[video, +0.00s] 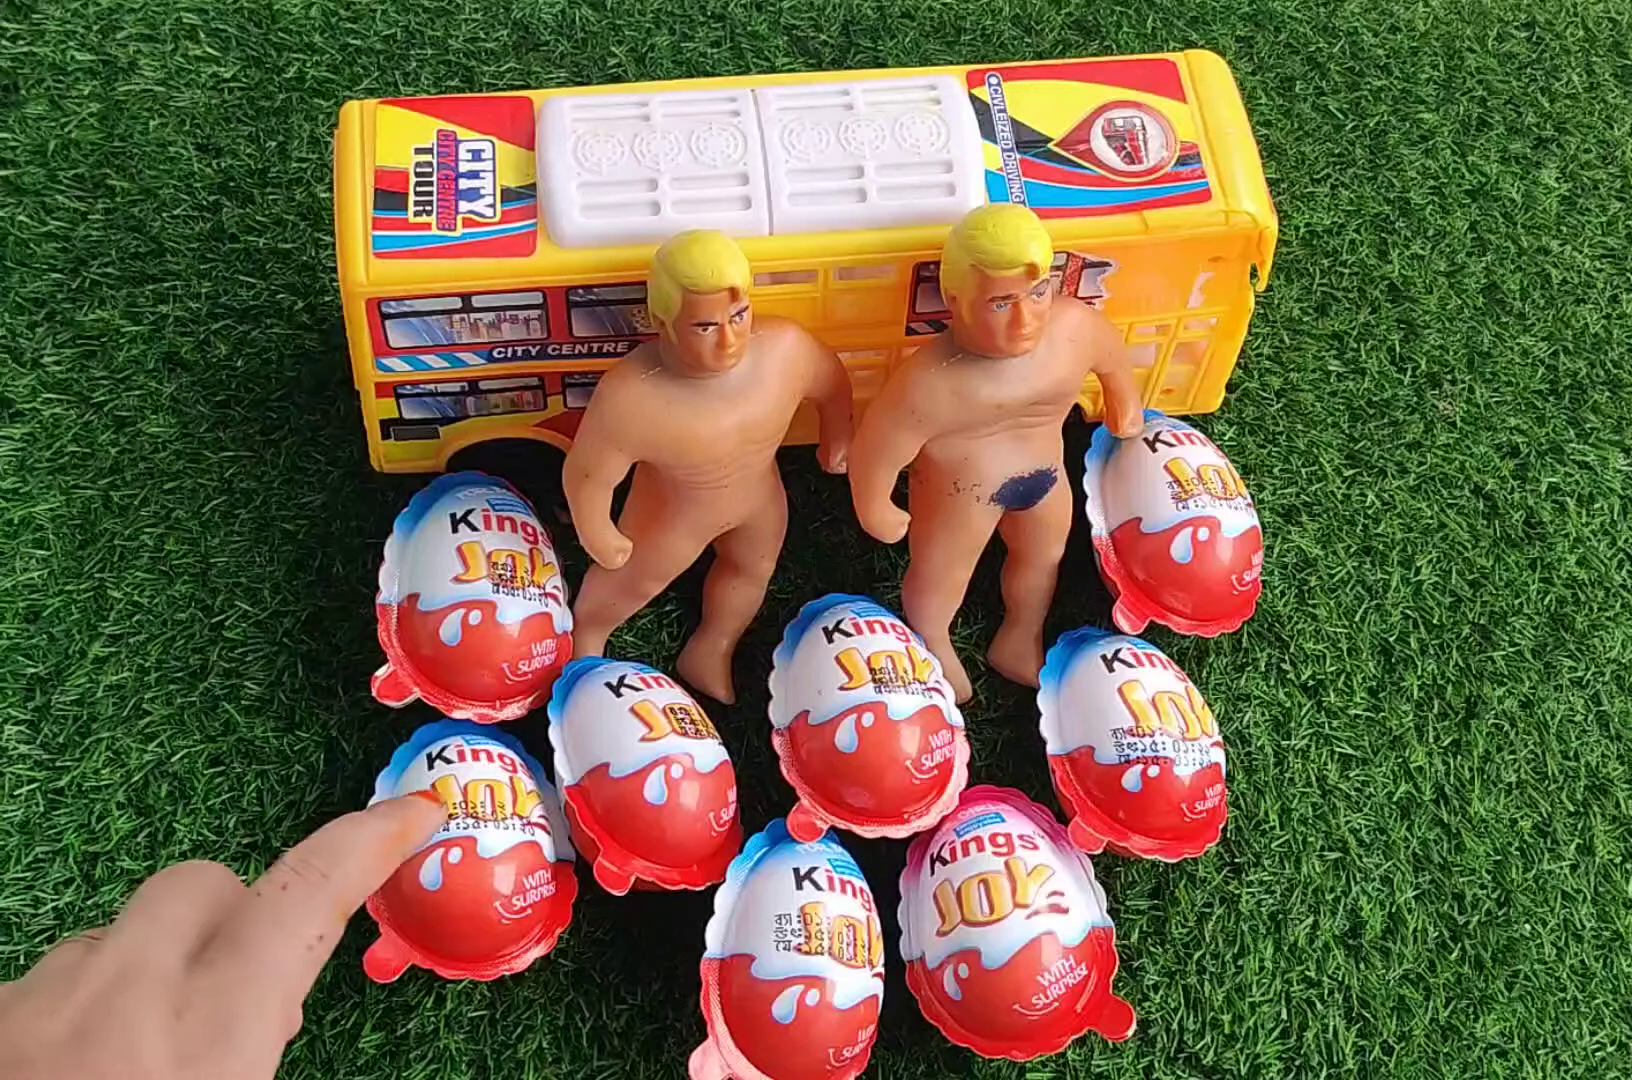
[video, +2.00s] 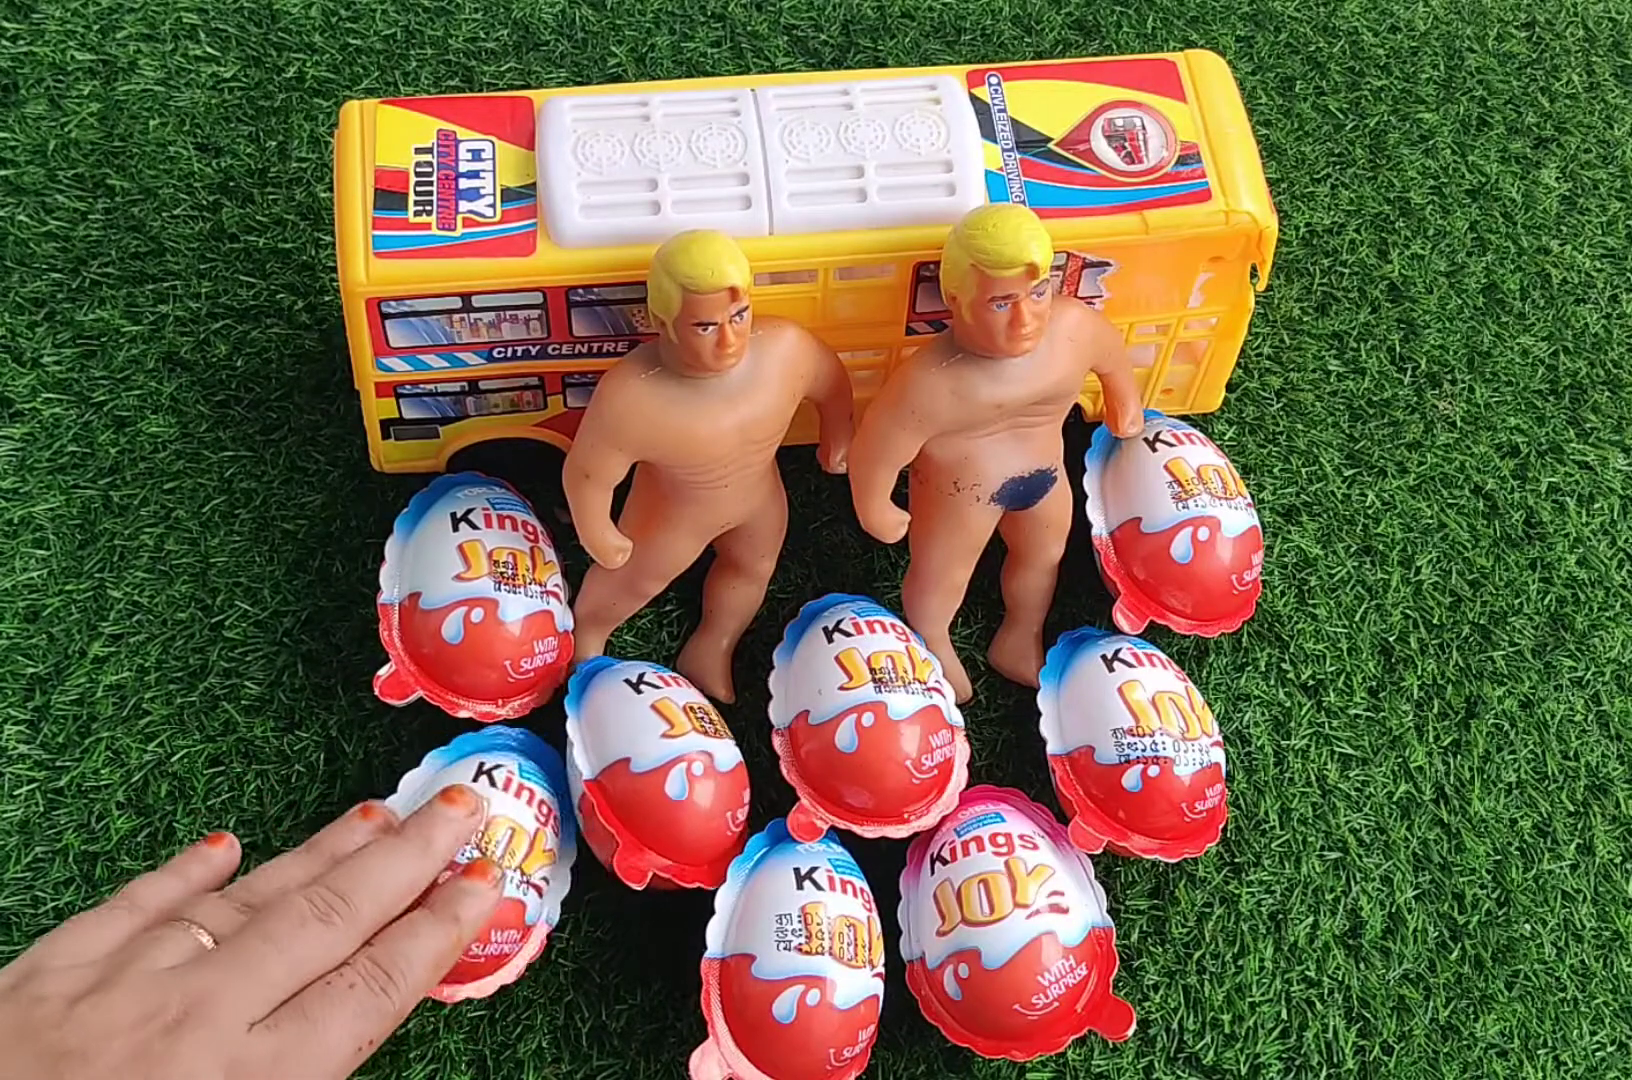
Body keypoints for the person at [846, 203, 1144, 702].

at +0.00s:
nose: (1023, 317)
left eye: (1036, 295)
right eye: (1000, 302)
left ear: (1051, 285)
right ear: (953, 304)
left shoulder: (1078, 327)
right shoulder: (926, 383)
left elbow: (1112, 359)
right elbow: (873, 453)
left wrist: (1126, 407)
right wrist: (877, 514)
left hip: (1045, 478)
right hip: (959, 492)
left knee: (1040, 565)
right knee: (939, 581)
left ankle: (1020, 644)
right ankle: (933, 647)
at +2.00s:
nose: (1024, 316)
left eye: (1037, 294)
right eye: (1000, 302)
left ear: (1051, 284)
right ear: (954, 304)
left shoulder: (1077, 327)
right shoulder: (927, 382)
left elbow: (1113, 358)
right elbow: (874, 452)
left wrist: (1126, 405)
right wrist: (877, 514)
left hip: (1045, 476)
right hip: (959, 492)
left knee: (1041, 560)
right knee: (940, 579)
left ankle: (1020, 642)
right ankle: (933, 646)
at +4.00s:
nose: (1023, 316)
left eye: (1036, 294)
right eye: (999, 302)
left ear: (1051, 284)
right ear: (953, 303)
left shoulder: (1077, 326)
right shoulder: (927, 382)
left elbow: (1112, 357)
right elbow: (874, 453)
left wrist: (1126, 404)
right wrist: (877, 514)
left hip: (1045, 474)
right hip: (960, 488)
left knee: (1041, 559)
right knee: (942, 574)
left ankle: (1020, 642)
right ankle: (932, 644)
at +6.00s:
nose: (1023, 317)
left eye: (1036, 294)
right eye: (1000, 302)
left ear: (1050, 284)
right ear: (953, 304)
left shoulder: (1079, 328)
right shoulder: (927, 382)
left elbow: (1114, 360)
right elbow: (873, 453)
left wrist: (1126, 410)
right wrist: (878, 515)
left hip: (1045, 477)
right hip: (959, 493)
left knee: (1041, 560)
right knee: (942, 578)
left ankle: (1021, 642)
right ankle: (933, 642)